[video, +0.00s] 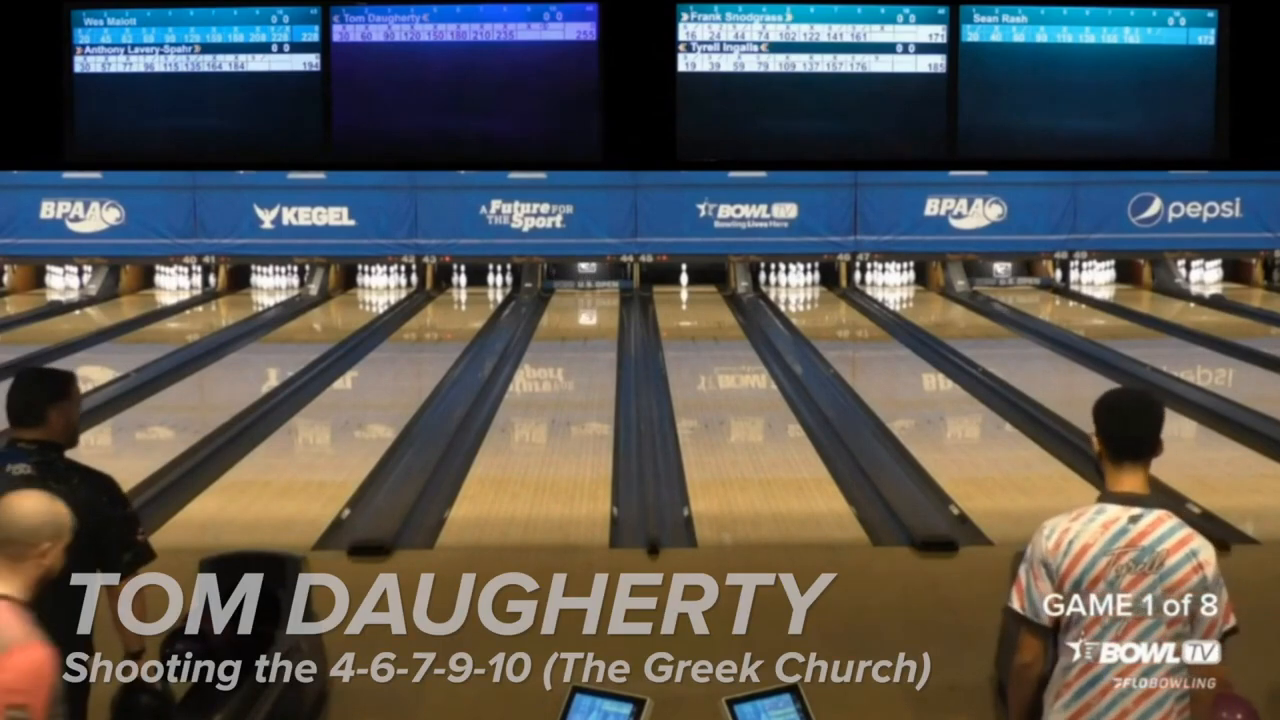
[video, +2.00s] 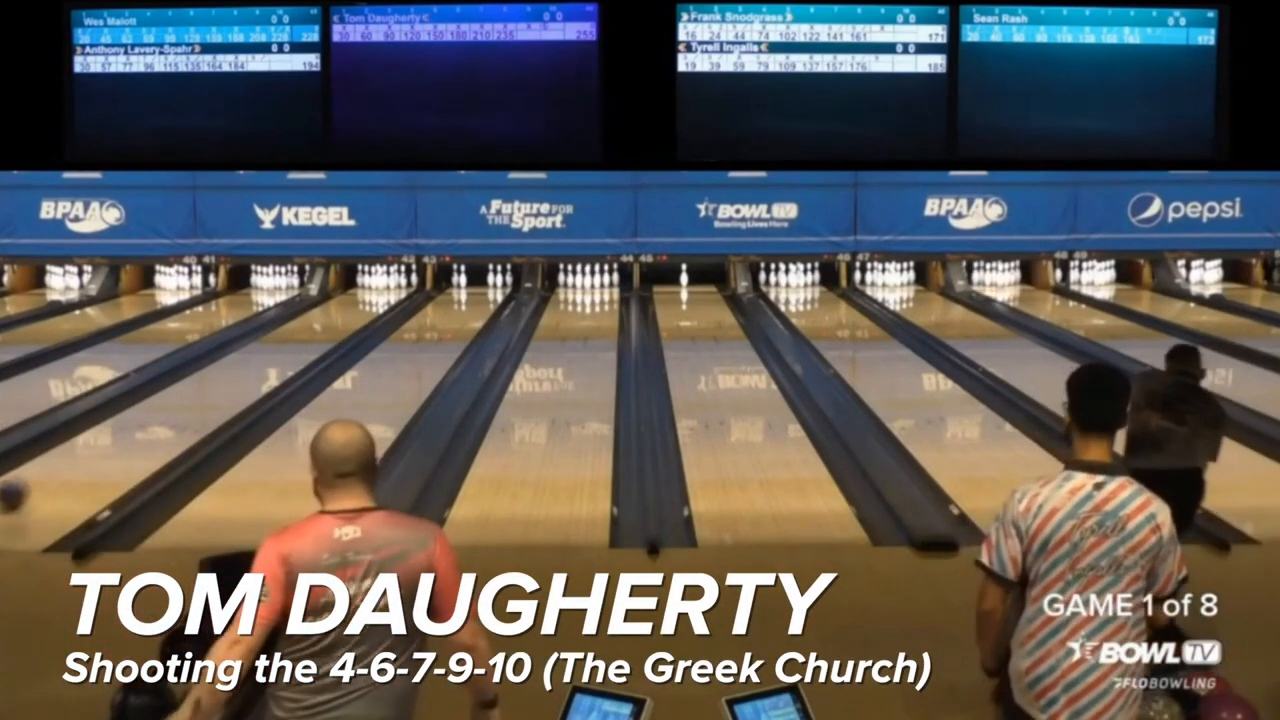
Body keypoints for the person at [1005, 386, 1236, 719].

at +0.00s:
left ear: (1096, 446)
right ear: (1159, 449)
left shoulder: (1055, 538)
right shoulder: (1195, 549)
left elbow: (1029, 660)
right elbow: (1207, 671)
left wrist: (1020, 712)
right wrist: (1198, 715)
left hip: (1071, 709)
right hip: (1162, 712)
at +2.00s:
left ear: (1068, 416)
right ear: (1124, 419)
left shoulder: (1030, 503)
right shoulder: (1154, 512)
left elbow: (991, 605)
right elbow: (1162, 610)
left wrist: (993, 667)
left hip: (1036, 686)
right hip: (1115, 692)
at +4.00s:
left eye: (1057, 405)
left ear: (1059, 412)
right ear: (1116, 420)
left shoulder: (1020, 499)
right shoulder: (1143, 512)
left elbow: (983, 602)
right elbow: (1149, 614)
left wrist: (984, 666)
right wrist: (1141, 674)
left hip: (1026, 687)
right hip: (1104, 695)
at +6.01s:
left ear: (1007, 413)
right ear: (1060, 411)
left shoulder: (980, 501)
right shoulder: (1099, 498)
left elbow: (958, 607)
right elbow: (1119, 589)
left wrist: (966, 687)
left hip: (1016, 684)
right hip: (1086, 683)